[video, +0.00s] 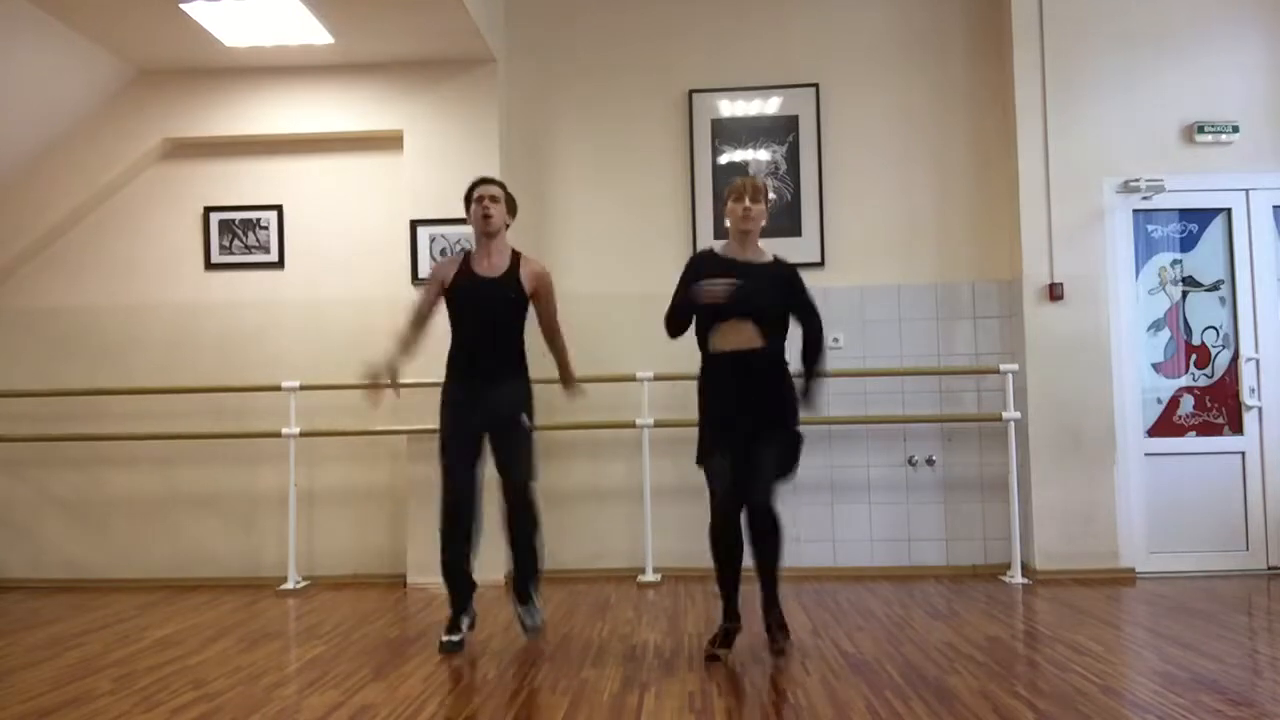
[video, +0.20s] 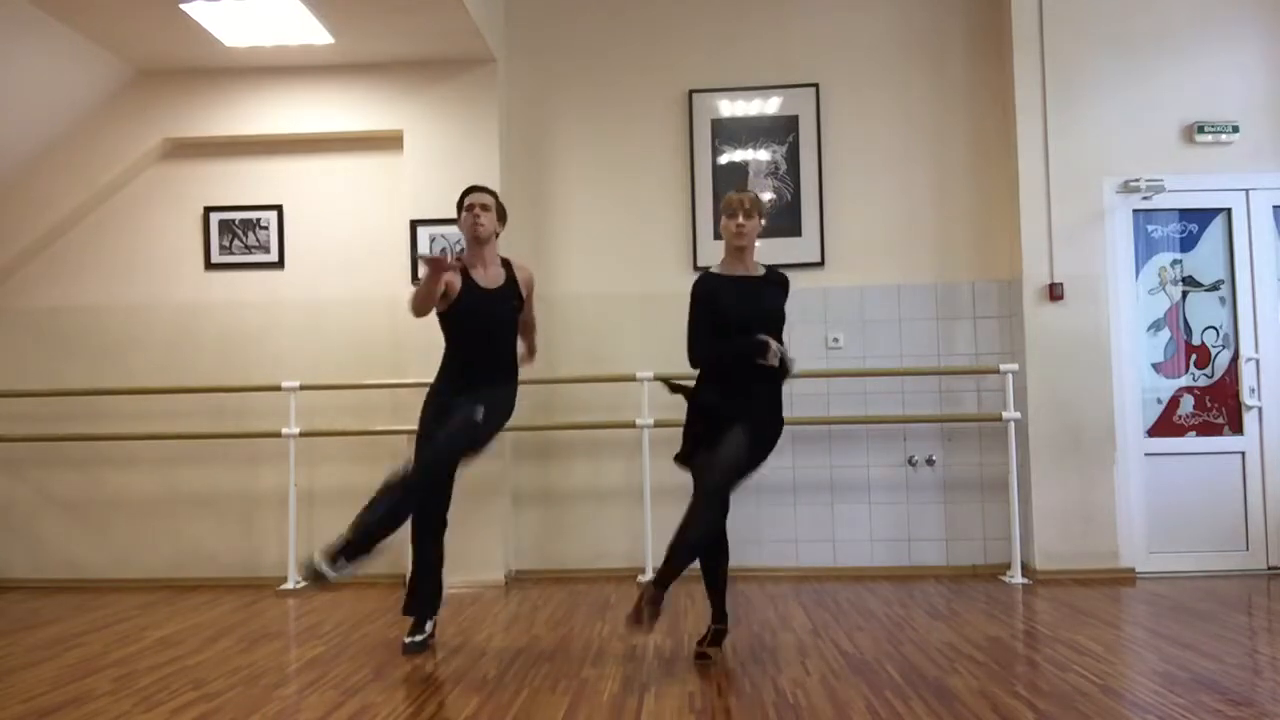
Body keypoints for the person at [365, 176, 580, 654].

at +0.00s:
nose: (485, 207)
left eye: (493, 201)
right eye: (477, 202)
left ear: (509, 214)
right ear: (468, 216)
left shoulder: (531, 273)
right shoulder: (448, 272)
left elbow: (551, 330)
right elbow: (417, 323)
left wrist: (567, 375)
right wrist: (392, 365)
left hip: (511, 396)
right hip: (461, 397)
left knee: (519, 496)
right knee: (457, 502)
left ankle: (525, 591)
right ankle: (460, 608)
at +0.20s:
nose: (476, 215)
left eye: (484, 209)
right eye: (469, 209)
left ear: (500, 223)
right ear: (459, 222)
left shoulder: (519, 275)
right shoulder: (448, 272)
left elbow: (527, 319)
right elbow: (419, 310)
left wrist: (529, 348)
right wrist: (434, 277)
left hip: (495, 390)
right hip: (449, 389)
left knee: (431, 464)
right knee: (431, 505)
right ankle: (424, 615)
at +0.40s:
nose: (472, 218)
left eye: (480, 213)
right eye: (465, 213)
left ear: (496, 227)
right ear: (455, 228)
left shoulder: (518, 280)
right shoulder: (438, 280)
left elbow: (530, 345)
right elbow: (411, 340)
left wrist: (552, 400)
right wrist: (435, 329)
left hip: (502, 385)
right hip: (452, 390)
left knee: (454, 419)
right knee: (427, 488)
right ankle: (414, 608)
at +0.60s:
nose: (471, 231)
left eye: (481, 225)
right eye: (465, 226)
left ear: (499, 240)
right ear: (458, 240)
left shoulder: (522, 291)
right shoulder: (440, 300)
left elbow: (573, 337)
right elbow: (430, 364)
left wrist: (602, 303)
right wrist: (425, 424)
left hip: (521, 417)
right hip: (470, 419)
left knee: (560, 501)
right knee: (432, 510)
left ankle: (590, 585)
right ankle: (413, 619)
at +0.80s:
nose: (522, 232)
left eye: (530, 225)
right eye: (514, 227)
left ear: (548, 237)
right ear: (507, 240)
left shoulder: (562, 278)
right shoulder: (506, 294)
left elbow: (579, 249)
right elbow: (484, 333)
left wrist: (582, 212)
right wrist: (455, 363)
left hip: (586, 408)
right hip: (539, 413)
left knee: (610, 509)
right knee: (510, 493)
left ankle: (624, 605)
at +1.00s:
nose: (579, 227)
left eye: (586, 220)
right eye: (571, 221)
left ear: (601, 229)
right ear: (561, 231)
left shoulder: (618, 281)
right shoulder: (556, 285)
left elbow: (585, 323)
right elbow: (527, 319)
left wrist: (542, 295)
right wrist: (503, 332)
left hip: (627, 407)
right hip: (584, 414)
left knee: (633, 510)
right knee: (627, 511)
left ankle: (624, 603)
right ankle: (677, 604)